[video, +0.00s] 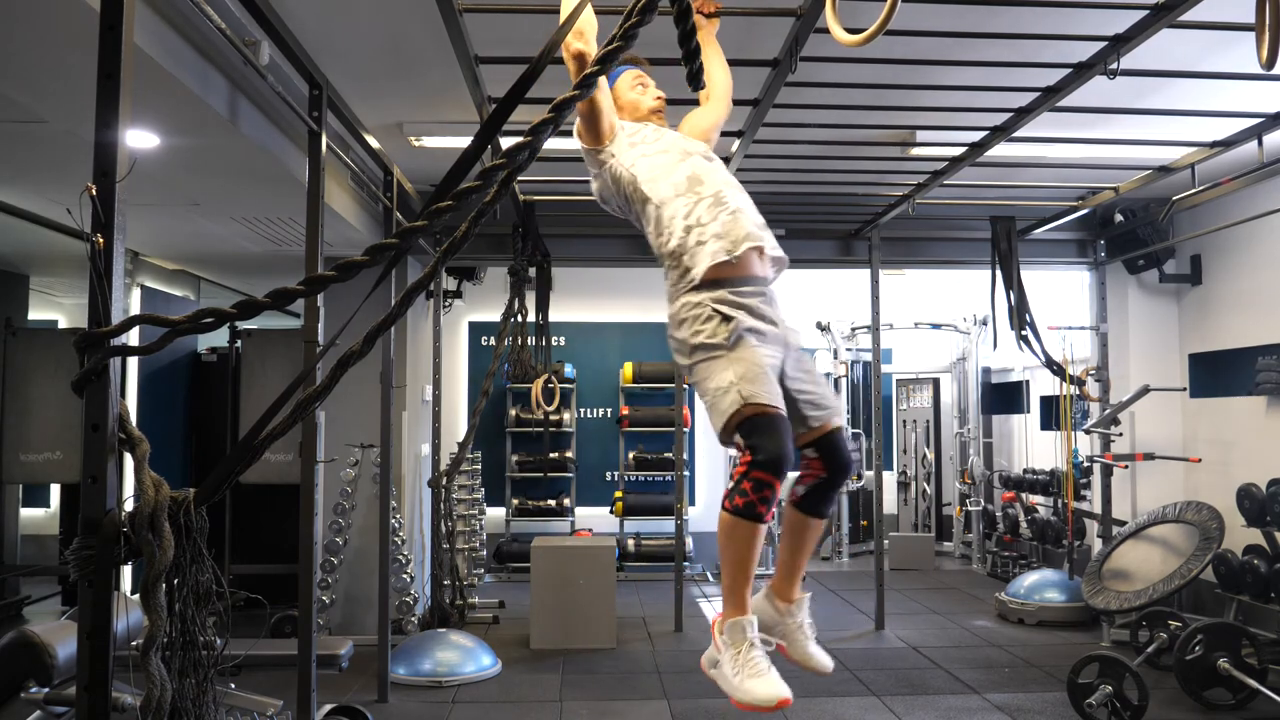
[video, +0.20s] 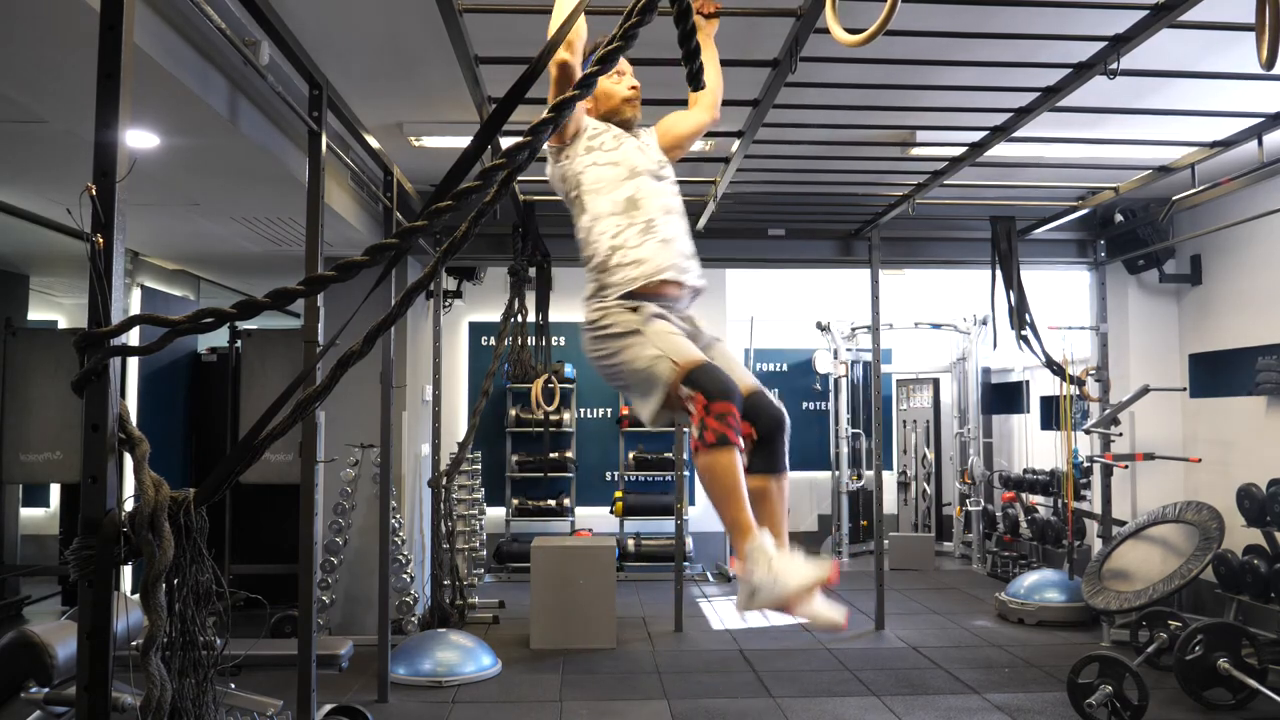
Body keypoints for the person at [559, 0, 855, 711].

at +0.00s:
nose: (644, 78)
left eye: (649, 76)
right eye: (631, 78)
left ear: (663, 97)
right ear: (612, 104)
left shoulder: (691, 138)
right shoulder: (614, 152)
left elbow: (718, 94)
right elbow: (592, 123)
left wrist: (706, 29)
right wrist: (585, 76)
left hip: (768, 302)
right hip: (712, 307)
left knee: (832, 458)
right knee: (766, 453)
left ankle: (781, 601)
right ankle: (731, 633)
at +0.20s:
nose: (632, 79)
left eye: (633, 76)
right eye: (617, 74)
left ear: (636, 96)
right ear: (589, 92)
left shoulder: (652, 144)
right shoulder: (577, 141)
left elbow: (707, 106)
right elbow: (563, 56)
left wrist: (706, 36)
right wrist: (575, 5)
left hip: (682, 314)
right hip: (622, 313)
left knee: (768, 418)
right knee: (717, 394)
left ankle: (779, 576)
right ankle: (751, 562)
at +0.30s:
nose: (626, 80)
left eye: (627, 72)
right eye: (612, 72)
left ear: (630, 87)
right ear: (580, 88)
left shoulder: (637, 141)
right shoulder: (558, 131)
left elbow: (697, 110)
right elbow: (547, 56)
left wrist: (703, 36)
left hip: (639, 311)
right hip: (575, 311)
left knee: (737, 357)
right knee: (676, 347)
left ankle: (784, 499)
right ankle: (743, 488)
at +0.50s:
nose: (621, 71)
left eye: (622, 60)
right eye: (606, 61)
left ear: (623, 66)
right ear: (569, 70)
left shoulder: (622, 112)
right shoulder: (538, 107)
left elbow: (687, 112)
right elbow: (516, 49)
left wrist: (702, 38)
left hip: (591, 290)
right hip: (530, 279)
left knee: (691, 286)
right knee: (624, 238)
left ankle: (682, 428)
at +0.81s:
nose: (635, 56)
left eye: (641, 47)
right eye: (624, 44)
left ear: (643, 50)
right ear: (587, 42)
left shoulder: (635, 98)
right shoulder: (564, 86)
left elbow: (695, 110)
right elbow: (595, 54)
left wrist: (703, 35)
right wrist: (645, 2)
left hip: (625, 278)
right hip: (561, 276)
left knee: (709, 365)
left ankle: (673, 440)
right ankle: (472, 453)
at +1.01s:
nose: (669, 82)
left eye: (672, 73)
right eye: (659, 70)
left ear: (665, 80)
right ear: (628, 72)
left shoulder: (661, 121)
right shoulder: (599, 124)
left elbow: (708, 110)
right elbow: (656, 56)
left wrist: (705, 40)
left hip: (685, 317)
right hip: (629, 327)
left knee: (742, 408)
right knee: (609, 471)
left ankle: (707, 477)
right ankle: (551, 527)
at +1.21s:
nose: (688, 87)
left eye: (689, 82)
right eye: (677, 78)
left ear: (683, 95)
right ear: (652, 90)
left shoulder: (695, 133)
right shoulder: (642, 145)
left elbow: (728, 103)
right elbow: (679, 62)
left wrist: (711, 36)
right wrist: (683, 13)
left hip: (760, 316)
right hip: (714, 329)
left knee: (795, 415)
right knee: (718, 473)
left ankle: (742, 509)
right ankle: (666, 578)